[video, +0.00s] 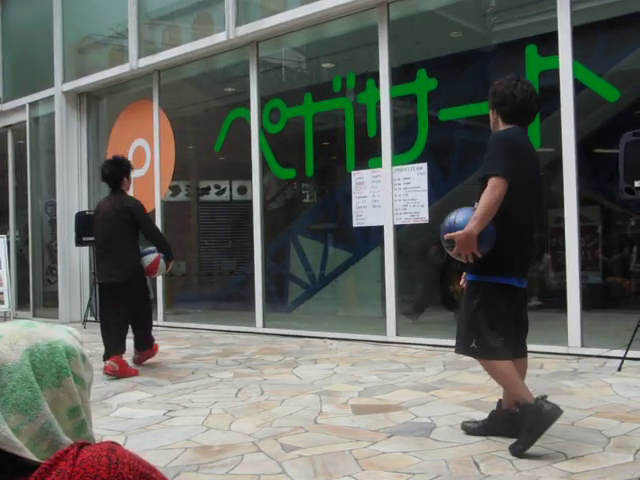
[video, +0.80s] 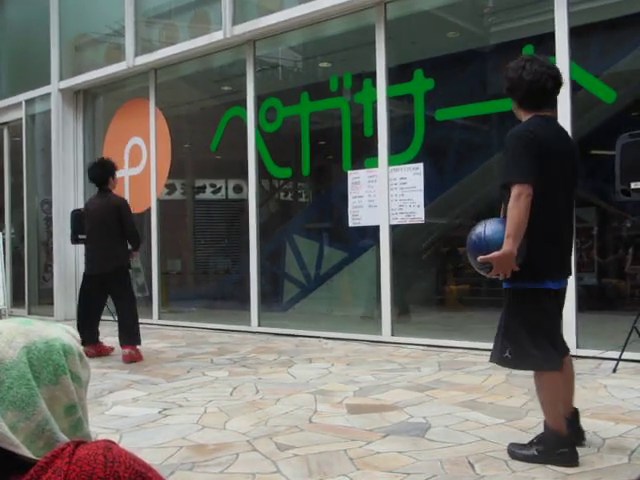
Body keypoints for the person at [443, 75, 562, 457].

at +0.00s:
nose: (488, 114)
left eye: (489, 109)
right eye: (491, 109)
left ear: (495, 112)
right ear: (527, 114)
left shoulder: (503, 142)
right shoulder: (526, 149)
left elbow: (496, 190)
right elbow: (514, 214)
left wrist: (469, 232)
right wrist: (476, 256)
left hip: (495, 265)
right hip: (516, 264)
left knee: (478, 340)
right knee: (513, 340)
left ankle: (532, 408)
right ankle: (506, 413)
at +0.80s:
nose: (506, 95)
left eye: (509, 89)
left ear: (513, 96)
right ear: (554, 94)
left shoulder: (523, 136)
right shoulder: (562, 138)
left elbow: (523, 193)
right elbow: (557, 203)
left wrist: (509, 247)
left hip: (534, 263)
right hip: (555, 262)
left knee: (542, 350)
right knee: (552, 343)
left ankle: (556, 439)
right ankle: (566, 421)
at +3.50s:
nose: (549, 128)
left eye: (549, 123)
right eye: (550, 122)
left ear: (555, 125)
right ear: (585, 124)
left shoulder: (561, 154)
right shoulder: (598, 158)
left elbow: (549, 197)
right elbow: (596, 209)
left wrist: (522, 237)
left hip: (563, 263)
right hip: (591, 263)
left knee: (548, 327)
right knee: (585, 328)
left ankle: (557, 402)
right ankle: (594, 397)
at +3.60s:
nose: (553, 129)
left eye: (553, 123)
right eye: (554, 123)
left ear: (559, 125)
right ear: (586, 123)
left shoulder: (568, 152)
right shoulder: (597, 155)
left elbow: (555, 195)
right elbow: (590, 209)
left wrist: (528, 234)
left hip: (568, 263)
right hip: (593, 263)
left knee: (552, 329)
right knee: (590, 330)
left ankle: (555, 402)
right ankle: (595, 398)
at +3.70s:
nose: (555, 128)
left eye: (556, 122)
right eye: (556, 122)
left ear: (563, 124)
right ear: (588, 123)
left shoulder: (573, 150)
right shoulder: (598, 153)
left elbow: (561, 193)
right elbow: (593, 206)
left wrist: (535, 232)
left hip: (573, 261)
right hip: (598, 261)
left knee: (560, 330)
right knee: (597, 331)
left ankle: (558, 402)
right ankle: (597, 397)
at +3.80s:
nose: (557, 130)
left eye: (558, 124)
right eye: (558, 123)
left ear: (567, 124)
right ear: (587, 123)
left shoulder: (578, 149)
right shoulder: (599, 152)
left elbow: (567, 190)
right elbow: (592, 204)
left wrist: (542, 228)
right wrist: (550, 235)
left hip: (580, 262)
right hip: (603, 261)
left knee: (571, 330)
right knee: (604, 331)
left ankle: (565, 405)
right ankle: (597, 398)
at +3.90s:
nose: (560, 131)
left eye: (561, 125)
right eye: (560, 125)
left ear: (570, 124)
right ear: (592, 123)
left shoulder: (581, 147)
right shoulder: (601, 150)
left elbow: (571, 188)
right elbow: (599, 205)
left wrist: (547, 227)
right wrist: (553, 232)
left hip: (587, 260)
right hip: (604, 259)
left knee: (581, 330)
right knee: (602, 334)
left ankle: (592, 404)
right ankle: (596, 398)